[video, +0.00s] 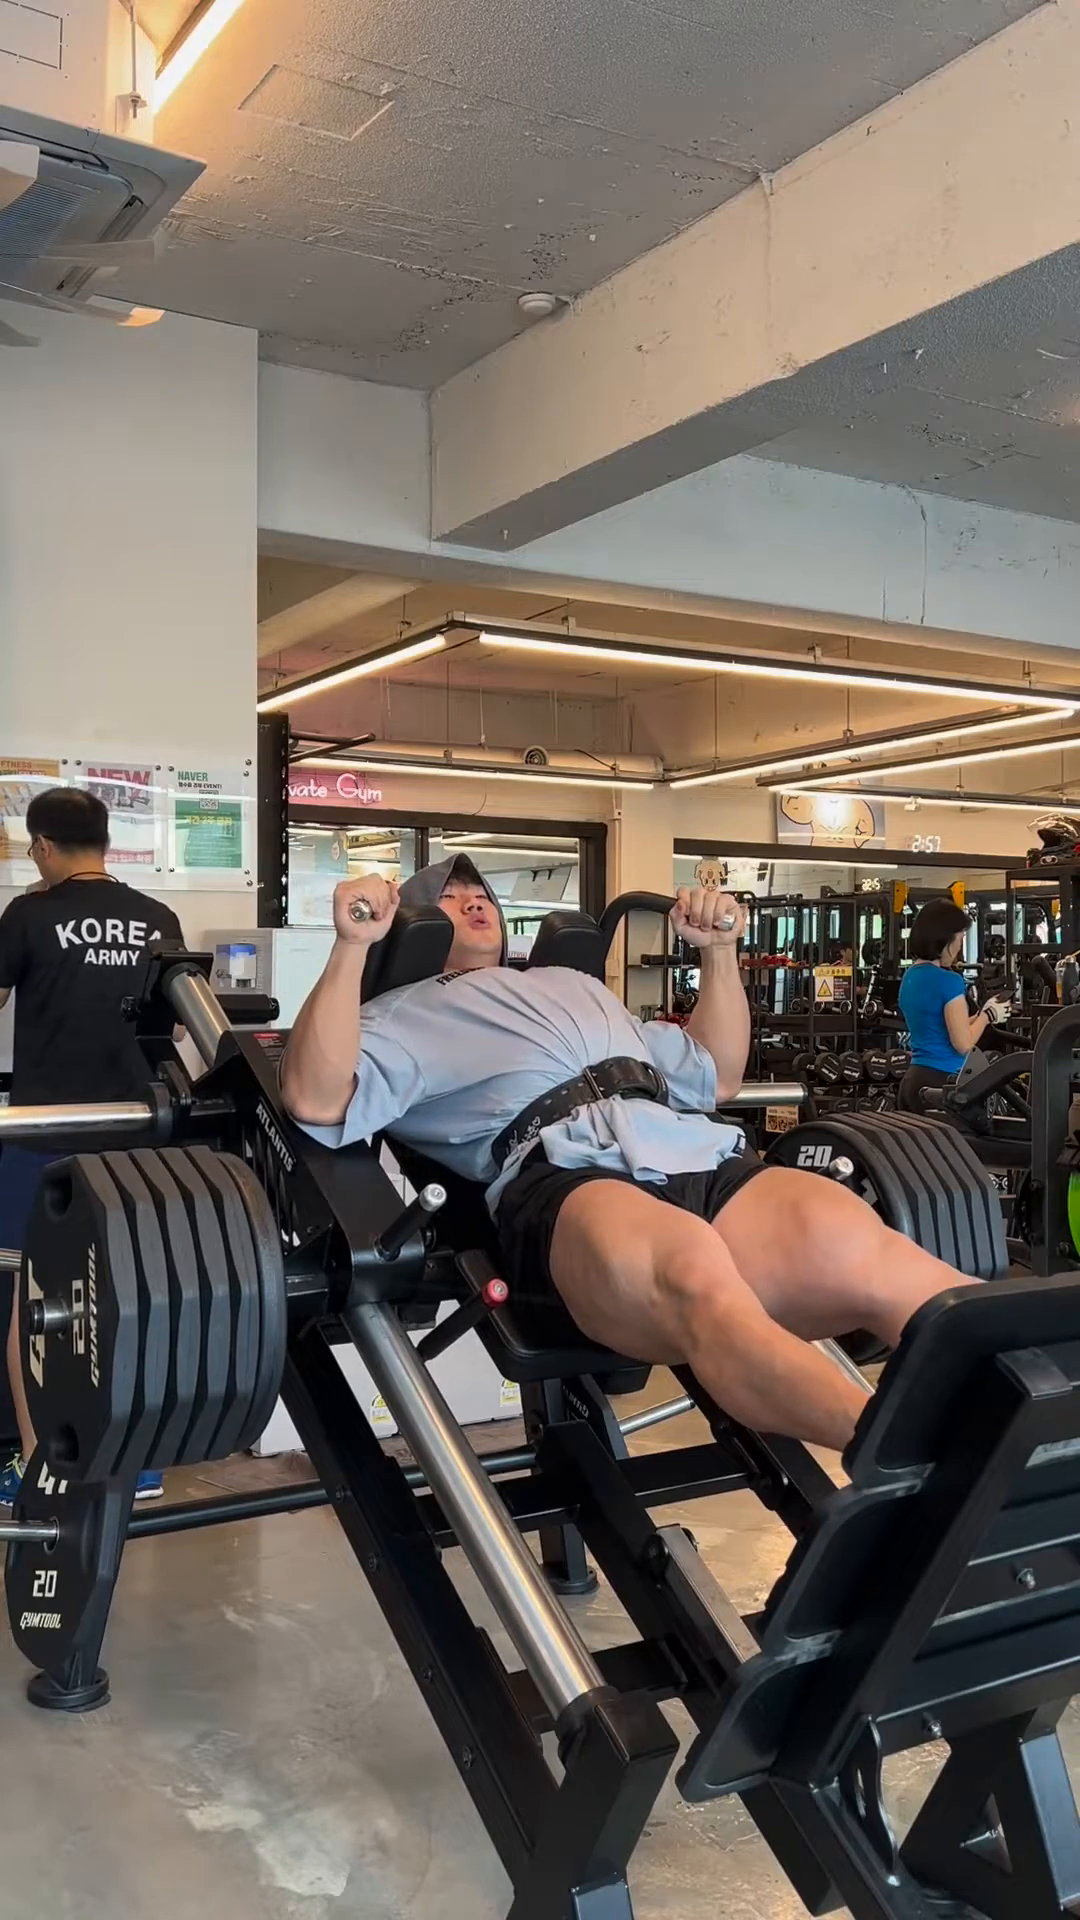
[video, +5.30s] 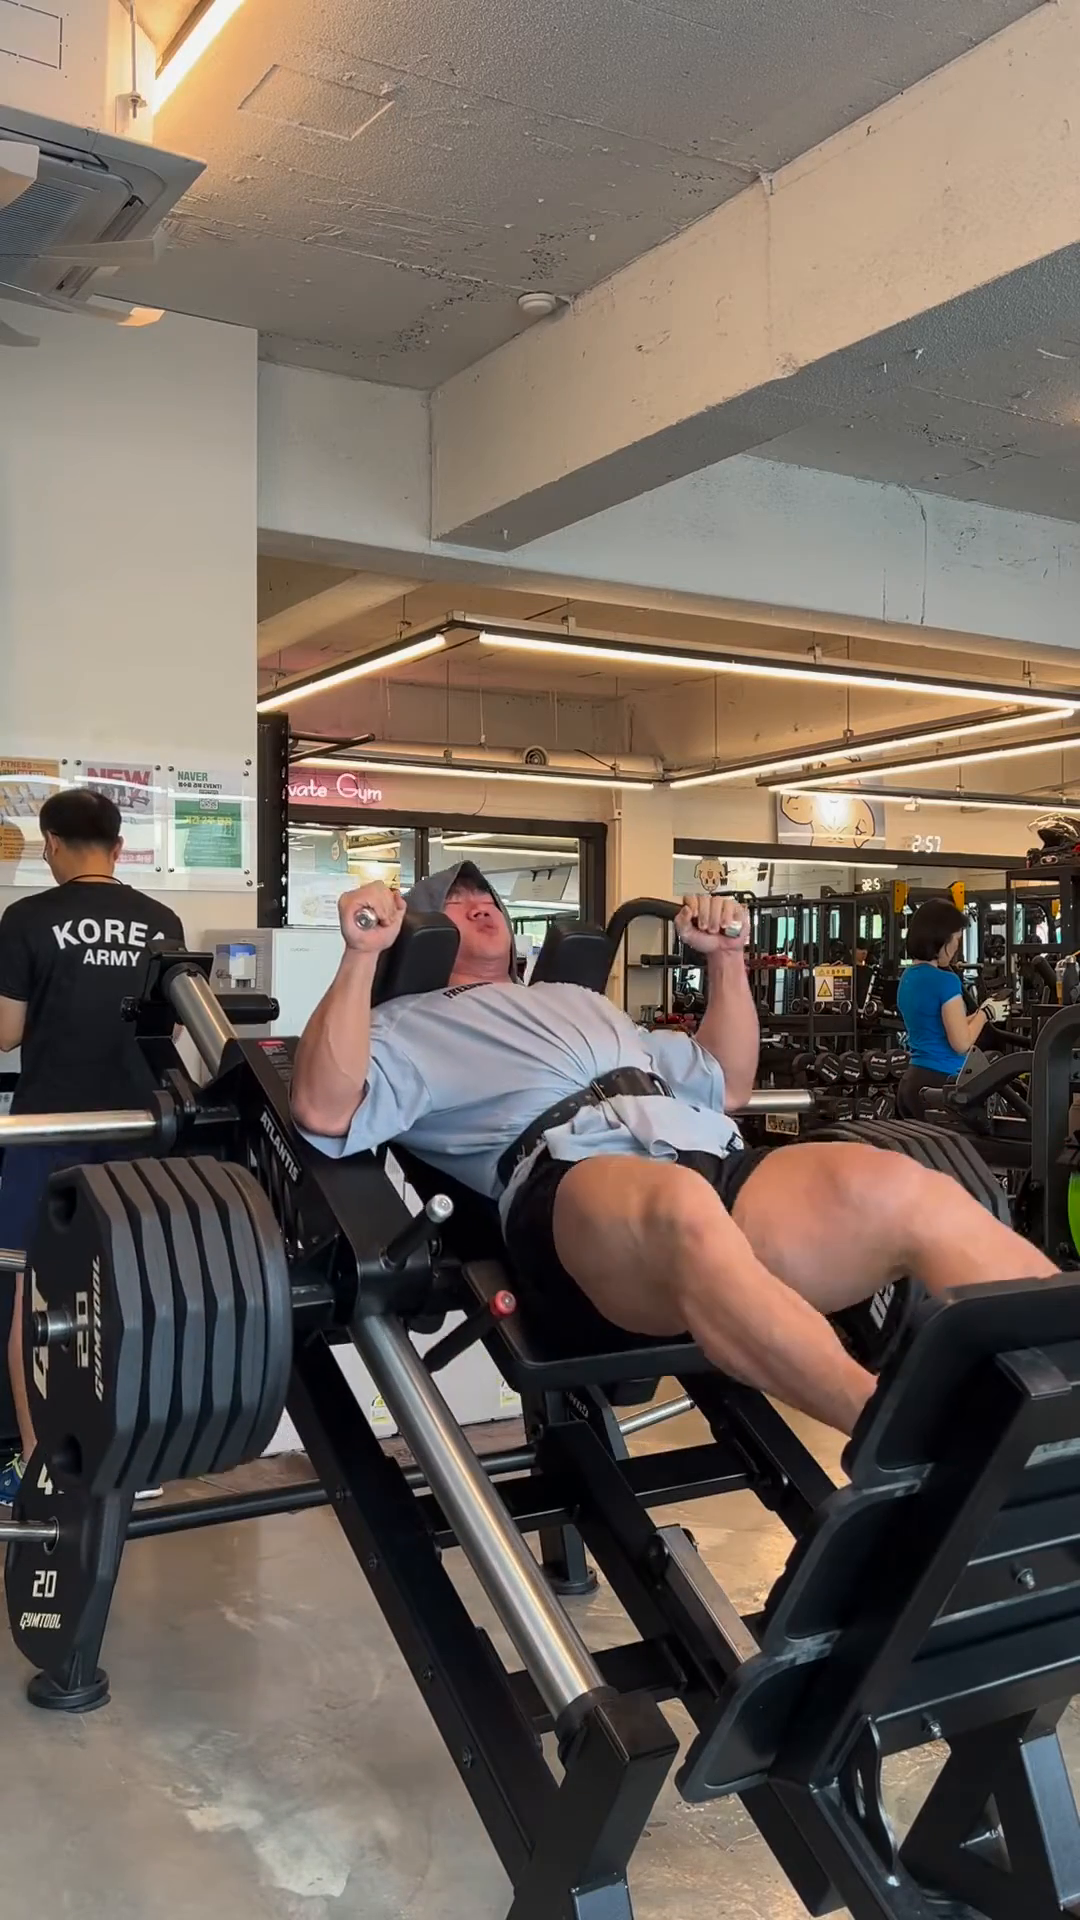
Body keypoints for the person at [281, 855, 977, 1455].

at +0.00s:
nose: (477, 902)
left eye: (484, 895)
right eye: (453, 894)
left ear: (502, 921)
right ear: (413, 928)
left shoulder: (575, 987)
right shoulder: (403, 1015)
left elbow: (711, 1073)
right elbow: (315, 1100)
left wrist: (718, 955)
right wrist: (350, 949)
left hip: (697, 1162)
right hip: (560, 1183)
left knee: (844, 1236)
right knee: (692, 1279)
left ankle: (1052, 1370)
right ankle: (896, 1448)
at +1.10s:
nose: (501, 943)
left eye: (512, 934)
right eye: (477, 940)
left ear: (539, 961)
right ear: (451, 984)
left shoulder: (615, 1029)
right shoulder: (439, 1061)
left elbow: (760, 1118)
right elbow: (349, 1156)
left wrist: (758, 989)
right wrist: (384, 998)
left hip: (756, 1230)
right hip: (603, 1279)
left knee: (959, 1170)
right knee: (674, 1182)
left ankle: (1070, 1386)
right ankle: (896, 1424)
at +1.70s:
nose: (544, 997)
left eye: (555, 985)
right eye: (521, 987)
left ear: (581, 1013)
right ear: (483, 1026)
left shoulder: (663, 1090)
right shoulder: (478, 1127)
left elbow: (817, 1178)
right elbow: (389, 1227)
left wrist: (816, 1046)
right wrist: (434, 1059)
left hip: (818, 1322)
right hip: (672, 1389)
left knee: (997, 1151)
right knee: (667, 1164)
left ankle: (1068, 1391)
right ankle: (893, 1415)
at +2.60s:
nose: (619, 1068)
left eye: (623, 1054)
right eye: (587, 1059)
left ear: (646, 1086)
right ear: (544, 1096)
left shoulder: (733, 1175)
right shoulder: (541, 1222)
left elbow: (887, 1248)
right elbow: (458, 1341)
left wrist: (904, 1130)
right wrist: (503, 1154)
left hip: (904, 1365)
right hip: (766, 1460)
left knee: (1011, 1142)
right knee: (666, 1173)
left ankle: (1073, 1383)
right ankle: (890, 1415)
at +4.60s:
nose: (566, 1009)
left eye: (572, 994)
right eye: (541, 996)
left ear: (595, 1025)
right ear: (494, 1035)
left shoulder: (656, 1113)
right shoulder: (491, 1152)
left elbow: (837, 1197)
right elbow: (405, 1252)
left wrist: (835, 1070)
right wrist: (452, 1076)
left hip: (849, 1351)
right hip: (702, 1411)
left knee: (989, 1132)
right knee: (689, 1137)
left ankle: (1072, 1371)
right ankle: (885, 1403)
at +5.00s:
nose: (516, 958)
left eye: (526, 948)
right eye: (493, 951)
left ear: (552, 974)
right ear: (460, 992)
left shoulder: (624, 1057)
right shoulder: (442, 1078)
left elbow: (774, 1135)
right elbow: (358, 1170)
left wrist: (774, 1009)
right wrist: (399, 1011)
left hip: (776, 1253)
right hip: (623, 1308)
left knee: (976, 1149)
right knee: (667, 1166)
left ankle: (1072, 1382)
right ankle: (896, 1424)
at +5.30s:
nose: (486, 909)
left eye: (493, 902)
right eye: (465, 902)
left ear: (511, 934)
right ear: (429, 938)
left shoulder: (586, 1009)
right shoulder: (406, 1028)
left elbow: (726, 1081)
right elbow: (322, 1111)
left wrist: (726, 961)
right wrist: (360, 961)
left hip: (711, 1165)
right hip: (574, 1182)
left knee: (903, 1191)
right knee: (688, 1221)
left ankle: (1076, 1344)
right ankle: (906, 1438)